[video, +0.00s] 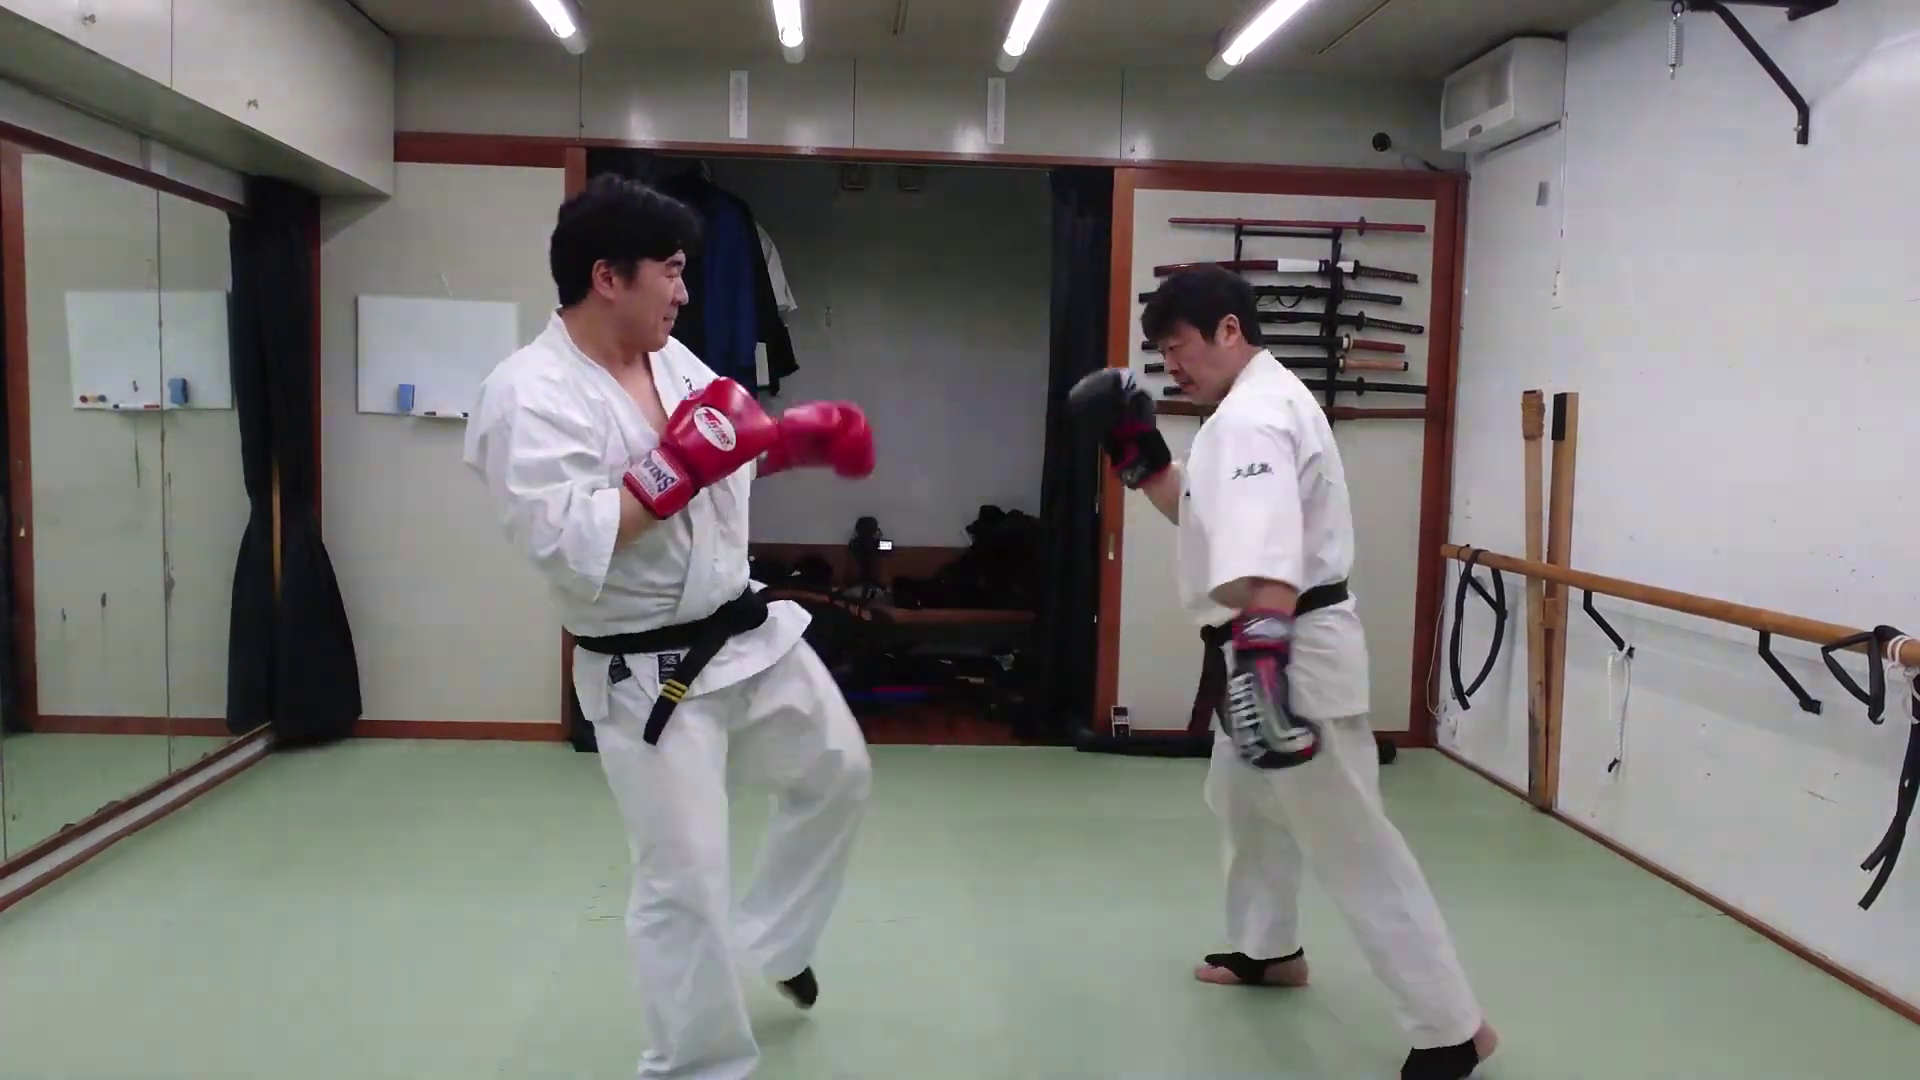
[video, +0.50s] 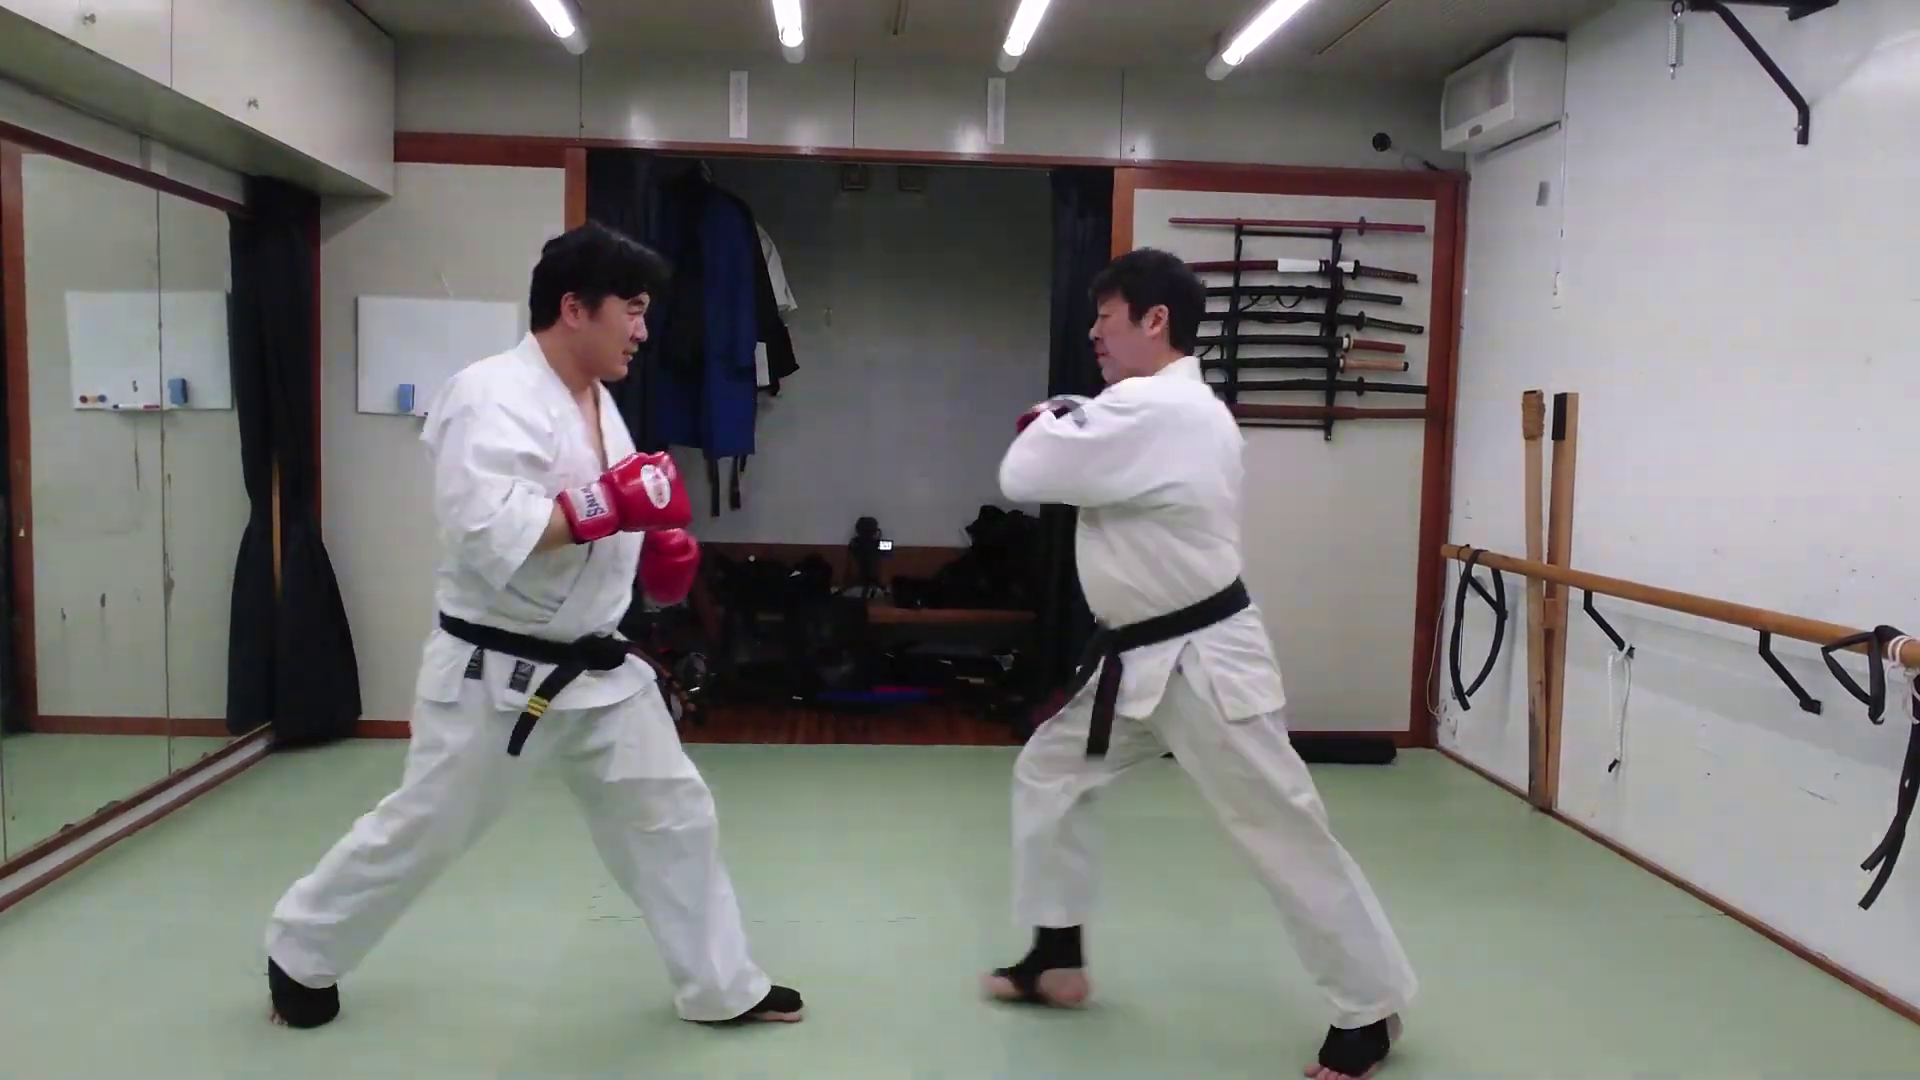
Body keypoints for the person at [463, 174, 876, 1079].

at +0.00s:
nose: (683, 293)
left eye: (683, 273)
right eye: (669, 273)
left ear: (624, 278)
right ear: (605, 278)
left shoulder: (667, 357)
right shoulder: (528, 394)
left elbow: (730, 436)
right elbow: (571, 543)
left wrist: (796, 439)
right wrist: (683, 461)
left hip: (747, 627)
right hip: (644, 667)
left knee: (837, 774)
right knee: (685, 883)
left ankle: (773, 939)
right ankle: (697, 1065)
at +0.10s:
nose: (710, 293)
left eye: (710, 273)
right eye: (696, 274)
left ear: (656, 281)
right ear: (635, 281)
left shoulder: (707, 366)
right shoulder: (555, 383)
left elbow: (762, 454)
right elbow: (590, 529)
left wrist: (794, 398)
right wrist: (690, 449)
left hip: (726, 647)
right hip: (624, 665)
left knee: (765, 811)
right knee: (663, 871)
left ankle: (739, 987)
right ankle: (685, 1061)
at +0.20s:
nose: (731, 304)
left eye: (732, 286)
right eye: (717, 286)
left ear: (677, 293)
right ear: (658, 290)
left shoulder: (722, 380)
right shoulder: (569, 386)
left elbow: (771, 473)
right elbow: (610, 529)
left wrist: (806, 413)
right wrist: (703, 456)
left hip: (692, 653)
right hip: (591, 658)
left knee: (737, 813)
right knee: (625, 858)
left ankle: (725, 992)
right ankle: (639, 1051)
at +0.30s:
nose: (719, 304)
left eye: (722, 287)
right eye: (708, 285)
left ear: (663, 285)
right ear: (649, 280)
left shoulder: (697, 379)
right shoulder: (560, 369)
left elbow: (731, 472)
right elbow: (577, 505)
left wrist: (784, 468)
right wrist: (686, 469)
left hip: (664, 639)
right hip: (560, 636)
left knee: (704, 810)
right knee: (569, 823)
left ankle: (721, 988)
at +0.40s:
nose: (685, 308)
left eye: (687, 291)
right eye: (673, 289)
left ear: (628, 291)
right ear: (615, 287)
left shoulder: (653, 384)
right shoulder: (530, 371)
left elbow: (688, 489)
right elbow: (536, 509)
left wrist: (728, 523)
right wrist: (655, 487)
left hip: (638, 641)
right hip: (536, 640)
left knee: (691, 812)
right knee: (497, 822)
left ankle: (719, 988)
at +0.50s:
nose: (643, 328)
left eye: (645, 310)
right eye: (631, 308)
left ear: (586, 313)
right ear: (573, 309)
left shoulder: (600, 406)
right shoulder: (491, 397)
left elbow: (598, 535)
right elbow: (487, 529)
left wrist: (657, 567)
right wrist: (608, 508)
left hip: (594, 660)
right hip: (491, 663)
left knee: (676, 813)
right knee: (430, 824)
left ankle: (719, 987)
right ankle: (301, 945)